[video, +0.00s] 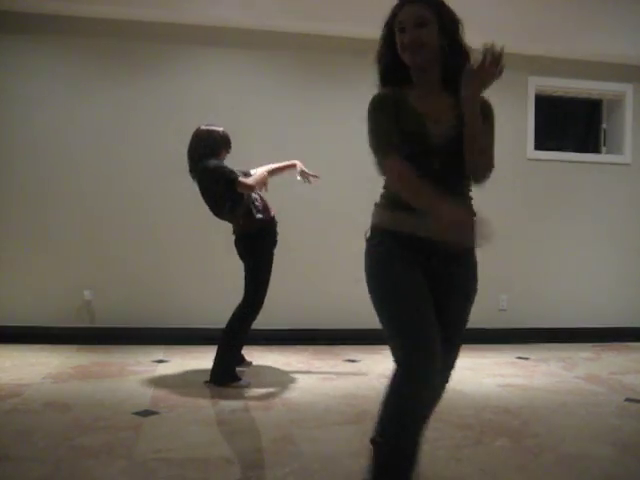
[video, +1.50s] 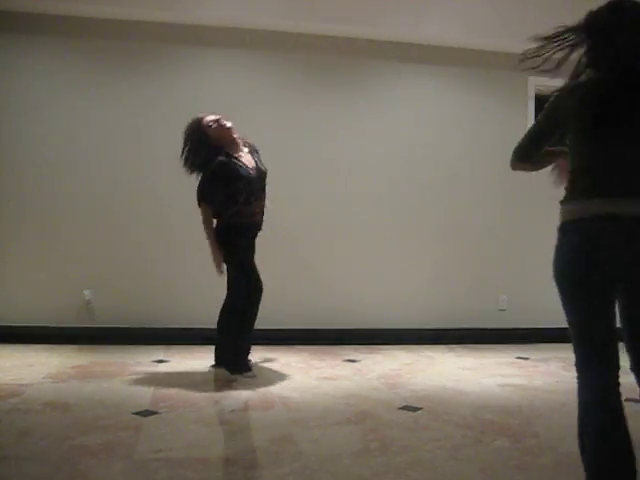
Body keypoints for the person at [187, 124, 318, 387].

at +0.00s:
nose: (227, 152)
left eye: (226, 147)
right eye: (224, 148)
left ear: (201, 147)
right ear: (215, 148)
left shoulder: (207, 170)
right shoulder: (215, 170)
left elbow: (252, 175)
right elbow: (249, 185)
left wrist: (293, 164)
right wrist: (263, 177)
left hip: (251, 235)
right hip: (256, 237)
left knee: (252, 301)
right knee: (252, 303)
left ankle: (231, 353)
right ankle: (222, 372)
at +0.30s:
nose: (219, 166)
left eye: (219, 161)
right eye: (217, 161)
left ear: (196, 163)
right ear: (208, 163)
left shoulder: (206, 185)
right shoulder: (210, 189)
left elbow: (245, 179)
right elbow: (246, 208)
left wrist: (281, 175)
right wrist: (283, 201)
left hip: (253, 240)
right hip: (259, 241)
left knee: (255, 302)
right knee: (261, 305)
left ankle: (230, 357)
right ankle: (225, 369)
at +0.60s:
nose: (193, 162)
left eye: (191, 156)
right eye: (186, 165)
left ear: (198, 157)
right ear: (182, 179)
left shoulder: (213, 186)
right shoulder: (209, 194)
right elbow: (238, 231)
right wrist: (272, 256)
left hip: (263, 237)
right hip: (260, 242)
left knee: (256, 305)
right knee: (256, 307)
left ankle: (232, 353)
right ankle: (221, 372)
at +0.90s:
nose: (182, 176)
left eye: (175, 177)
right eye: (178, 184)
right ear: (185, 196)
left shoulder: (213, 189)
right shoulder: (207, 200)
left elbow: (221, 233)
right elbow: (210, 242)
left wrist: (246, 250)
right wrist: (243, 265)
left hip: (270, 238)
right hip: (266, 241)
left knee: (258, 304)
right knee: (256, 306)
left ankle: (232, 353)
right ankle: (222, 371)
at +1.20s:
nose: (181, 170)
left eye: (175, 173)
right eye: (177, 179)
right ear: (185, 192)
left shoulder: (210, 183)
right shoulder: (206, 194)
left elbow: (212, 231)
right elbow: (210, 233)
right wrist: (241, 245)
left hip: (267, 234)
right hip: (263, 238)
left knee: (253, 305)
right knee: (252, 307)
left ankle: (230, 354)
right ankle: (221, 372)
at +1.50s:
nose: (221, 120)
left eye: (218, 117)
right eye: (213, 123)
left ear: (228, 124)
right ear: (210, 140)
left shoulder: (249, 150)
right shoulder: (217, 166)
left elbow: (254, 189)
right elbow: (205, 208)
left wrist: (257, 219)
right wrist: (215, 248)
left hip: (248, 232)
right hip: (231, 235)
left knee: (238, 292)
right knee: (252, 289)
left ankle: (227, 355)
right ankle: (234, 357)